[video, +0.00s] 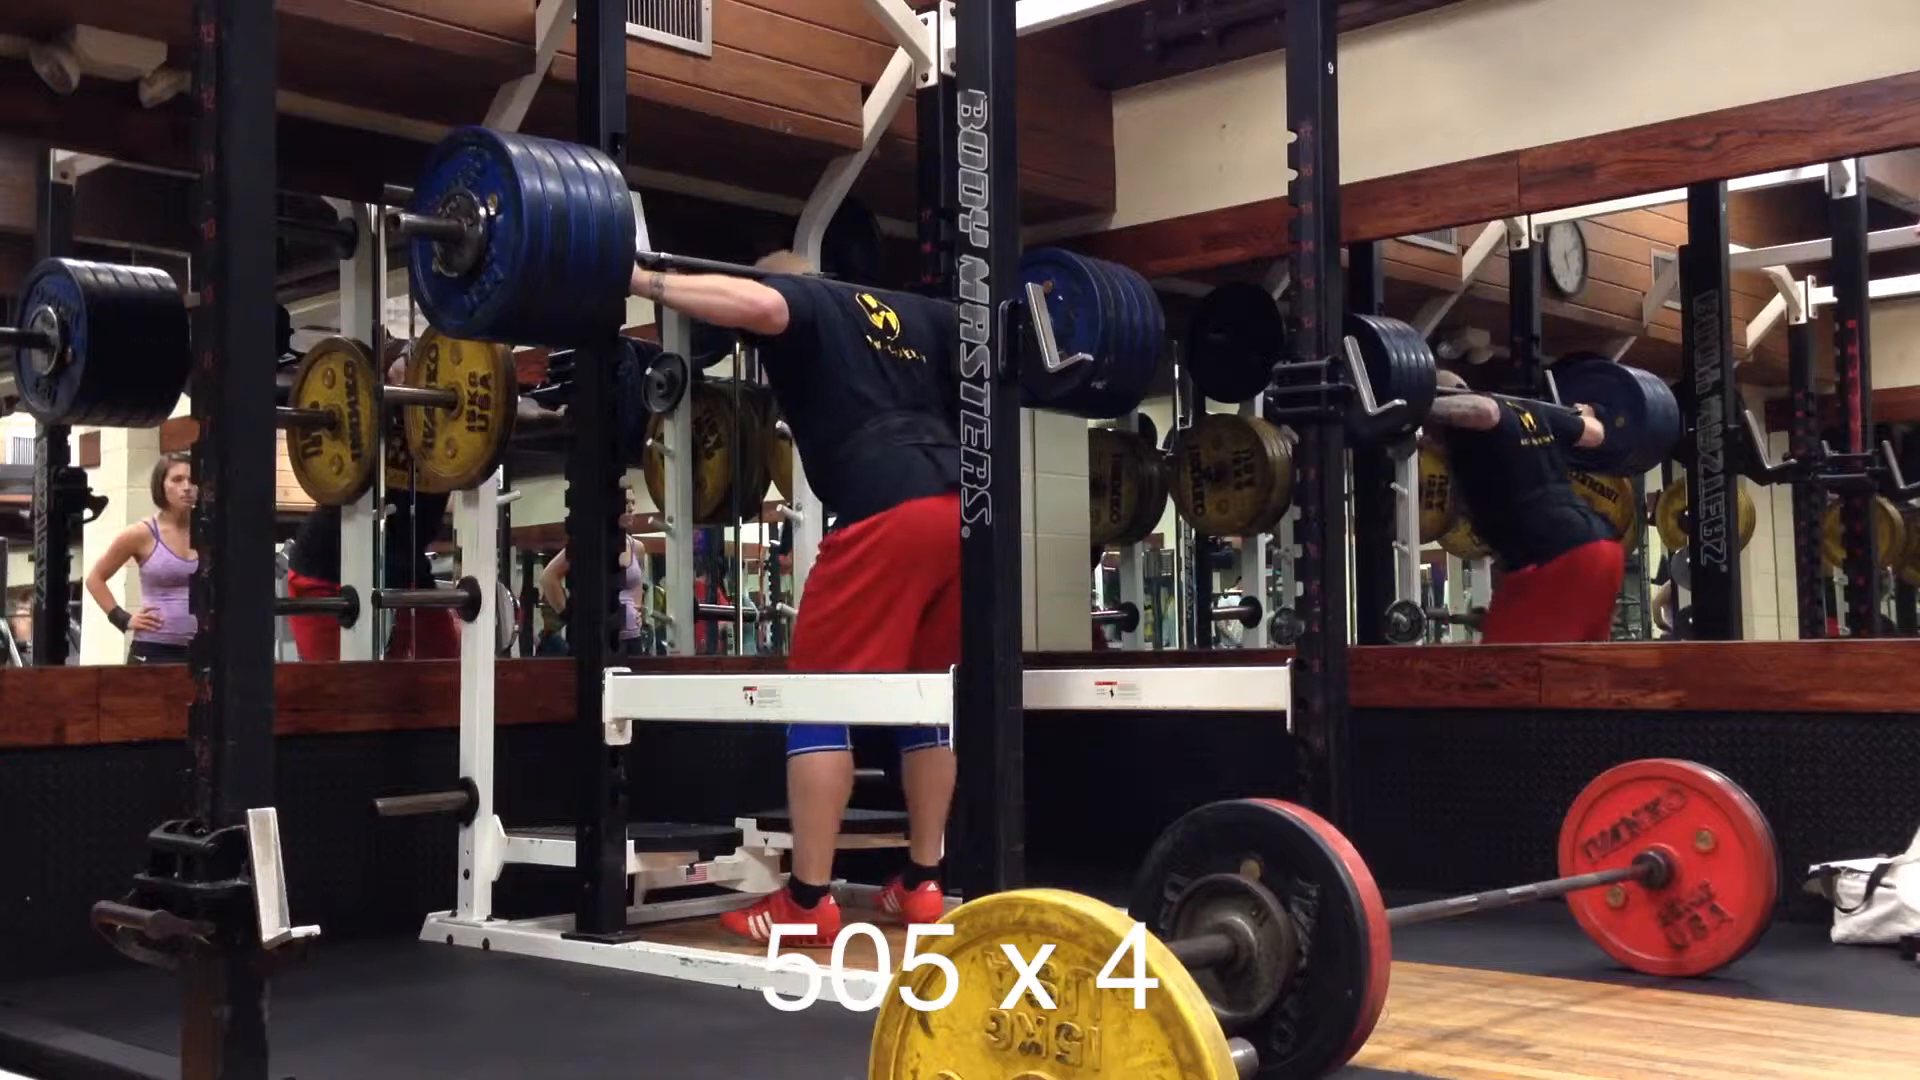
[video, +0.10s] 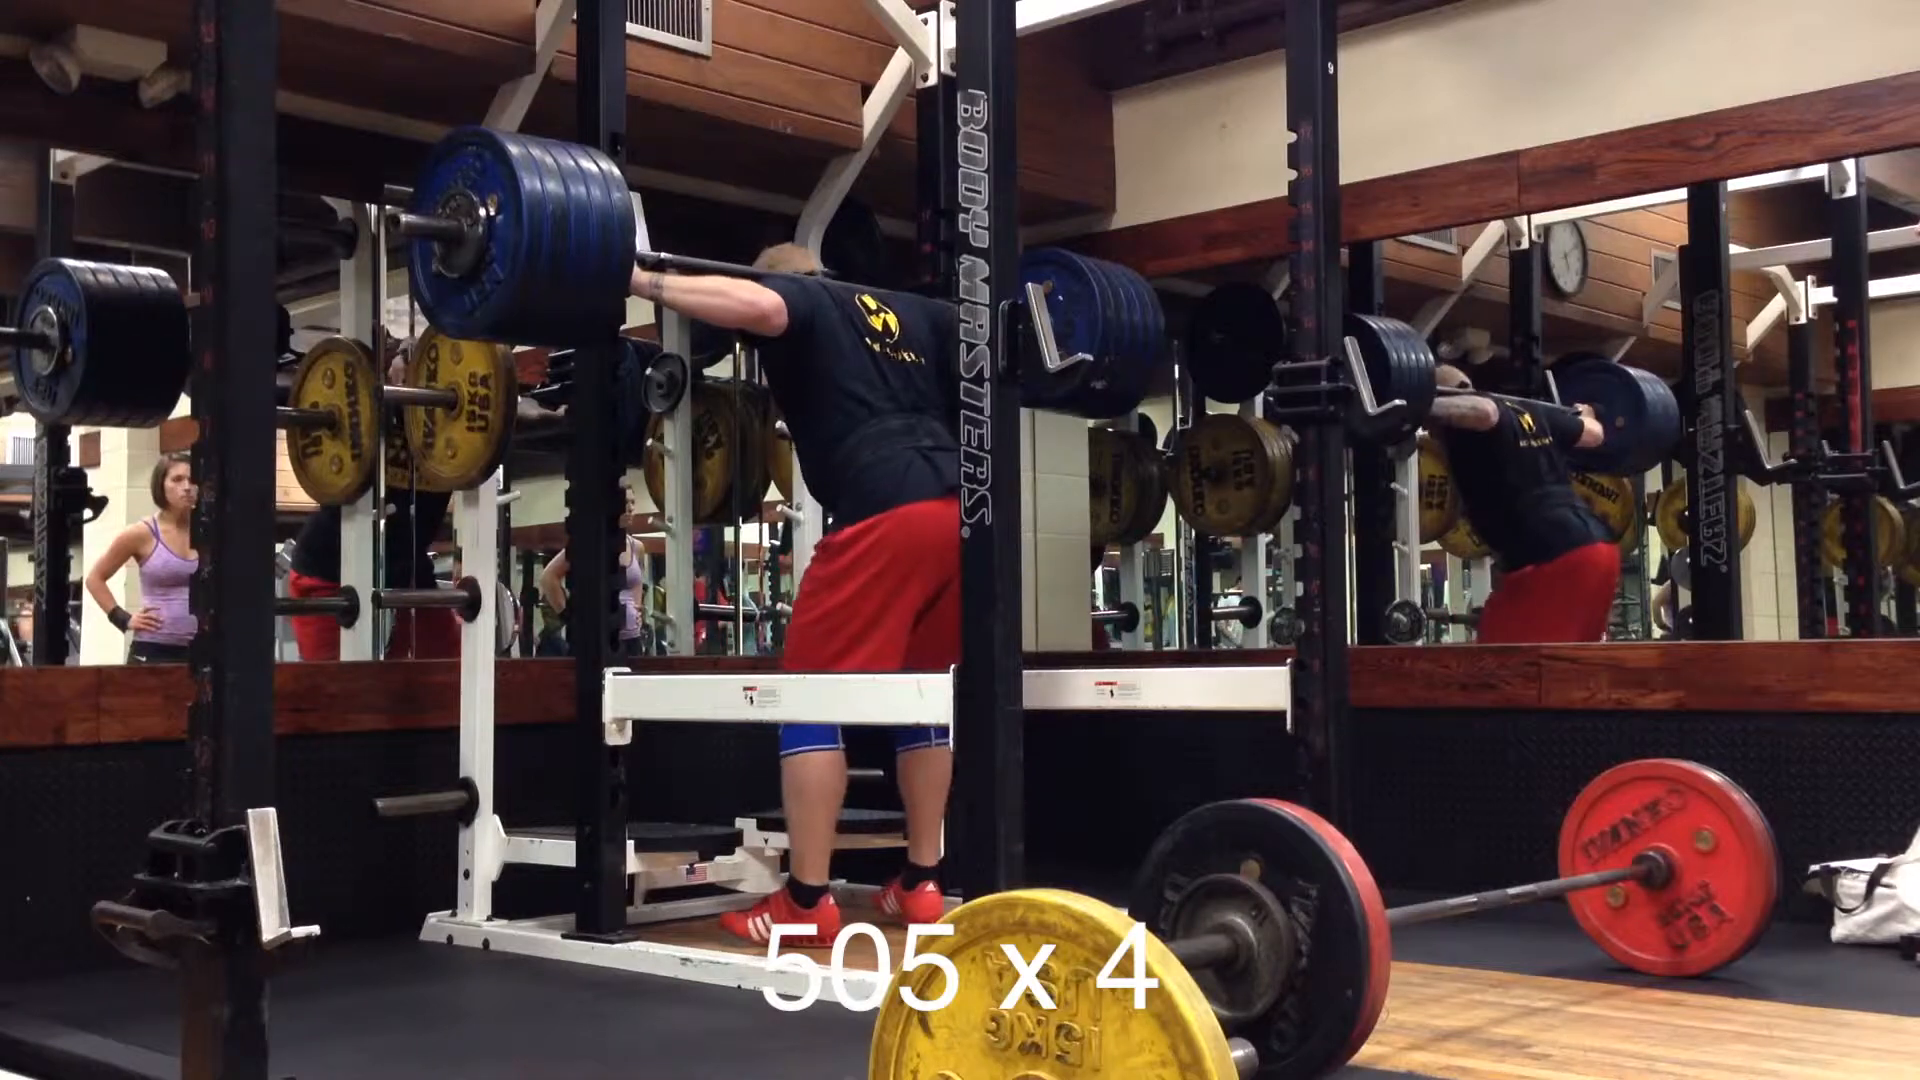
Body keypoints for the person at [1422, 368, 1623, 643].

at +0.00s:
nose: (1425, 432)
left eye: (1426, 420)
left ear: (1441, 407)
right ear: (1466, 389)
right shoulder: (1531, 410)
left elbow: (1486, 413)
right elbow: (1595, 433)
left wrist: (1411, 405)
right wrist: (1587, 414)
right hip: (1602, 552)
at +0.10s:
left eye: (1436, 399)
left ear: (1443, 397)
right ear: (1469, 383)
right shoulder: (1528, 411)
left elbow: (1486, 413)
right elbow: (1594, 434)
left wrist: (1414, 405)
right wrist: (1586, 414)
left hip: (1551, 564)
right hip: (1598, 554)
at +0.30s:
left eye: (1436, 389)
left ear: (1448, 389)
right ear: (1471, 381)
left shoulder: (1456, 412)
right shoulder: (1530, 411)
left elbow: (1483, 417)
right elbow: (1591, 437)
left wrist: (1413, 404)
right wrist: (1585, 416)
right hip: (1574, 567)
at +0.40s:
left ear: (1441, 393)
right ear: (1471, 381)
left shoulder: (1455, 416)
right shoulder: (1528, 411)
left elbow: (1483, 418)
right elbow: (1591, 436)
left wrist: (1411, 405)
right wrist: (1585, 415)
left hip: (1516, 572)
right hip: (1564, 566)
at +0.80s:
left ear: (1447, 362)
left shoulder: (1452, 388)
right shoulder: (1529, 395)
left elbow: (1483, 400)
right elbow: (1592, 419)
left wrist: (1412, 384)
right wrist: (1584, 398)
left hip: (1504, 558)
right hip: (1558, 555)